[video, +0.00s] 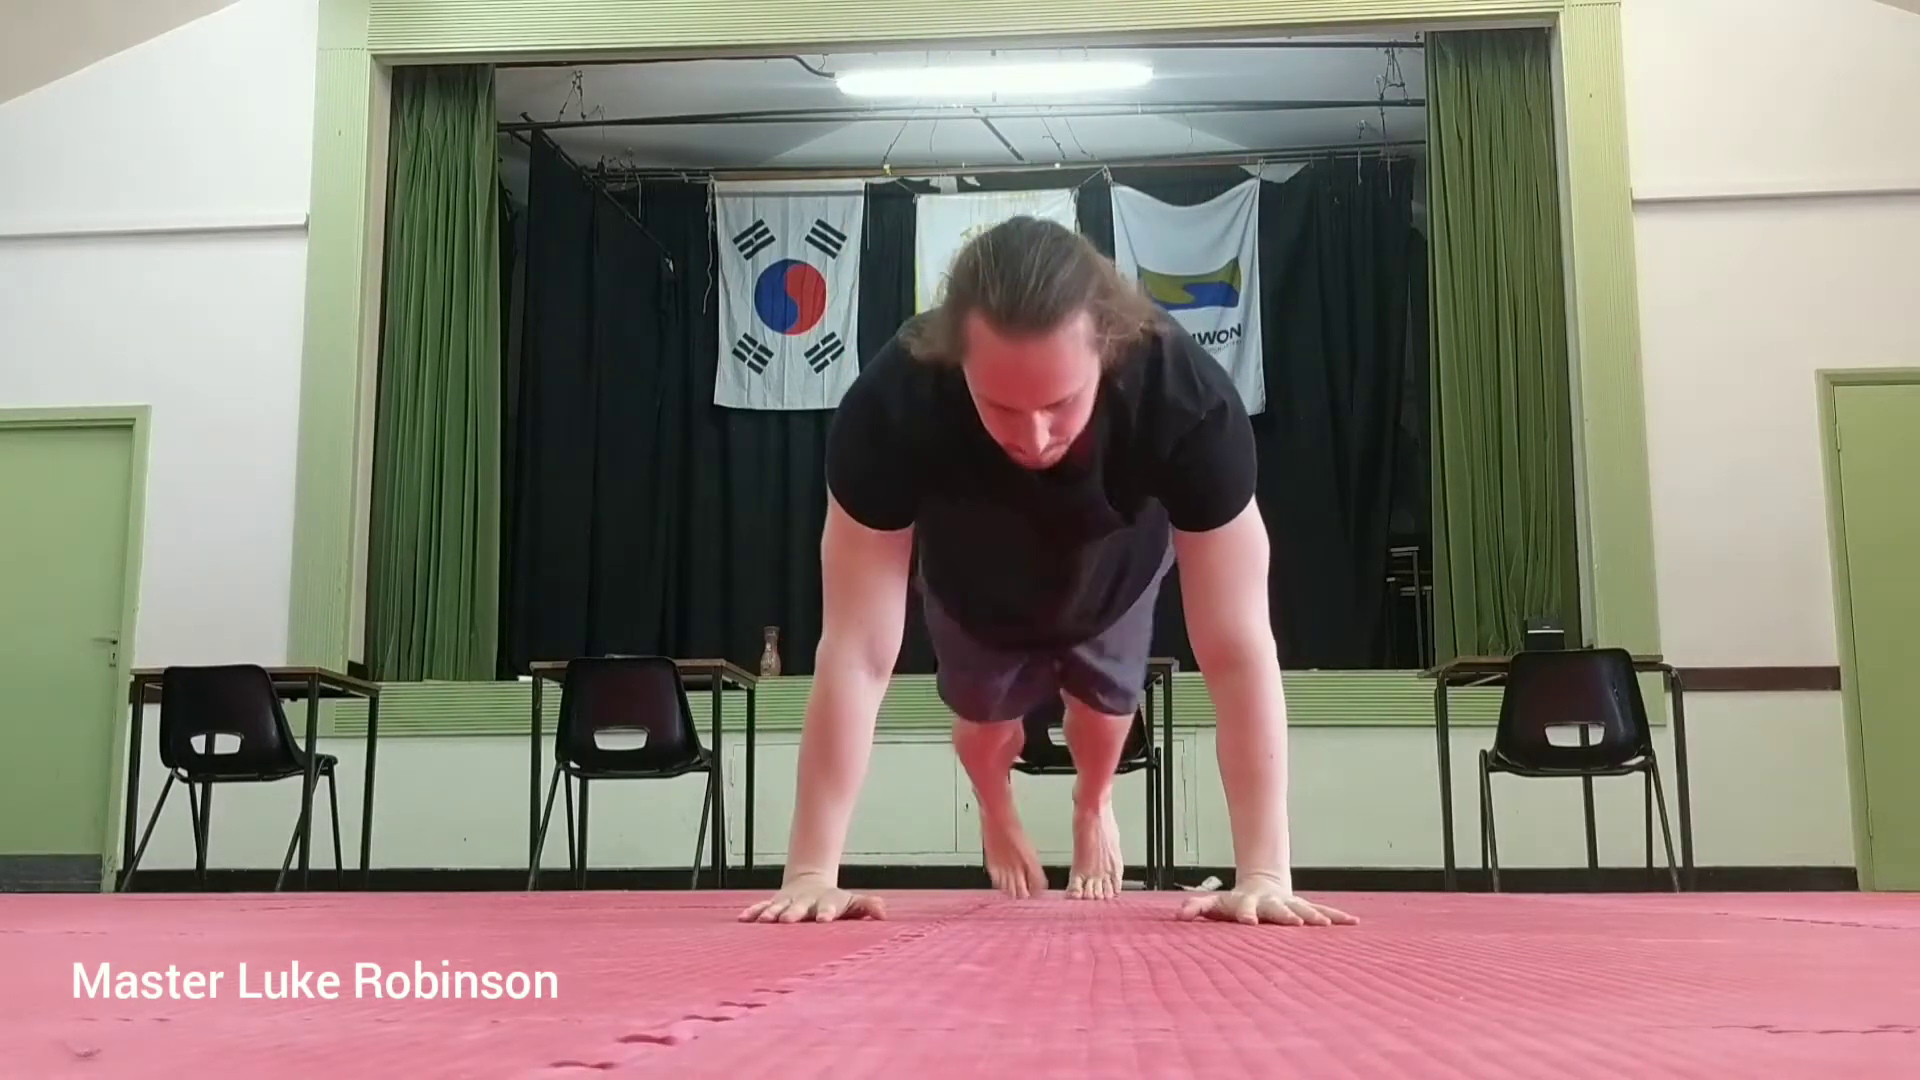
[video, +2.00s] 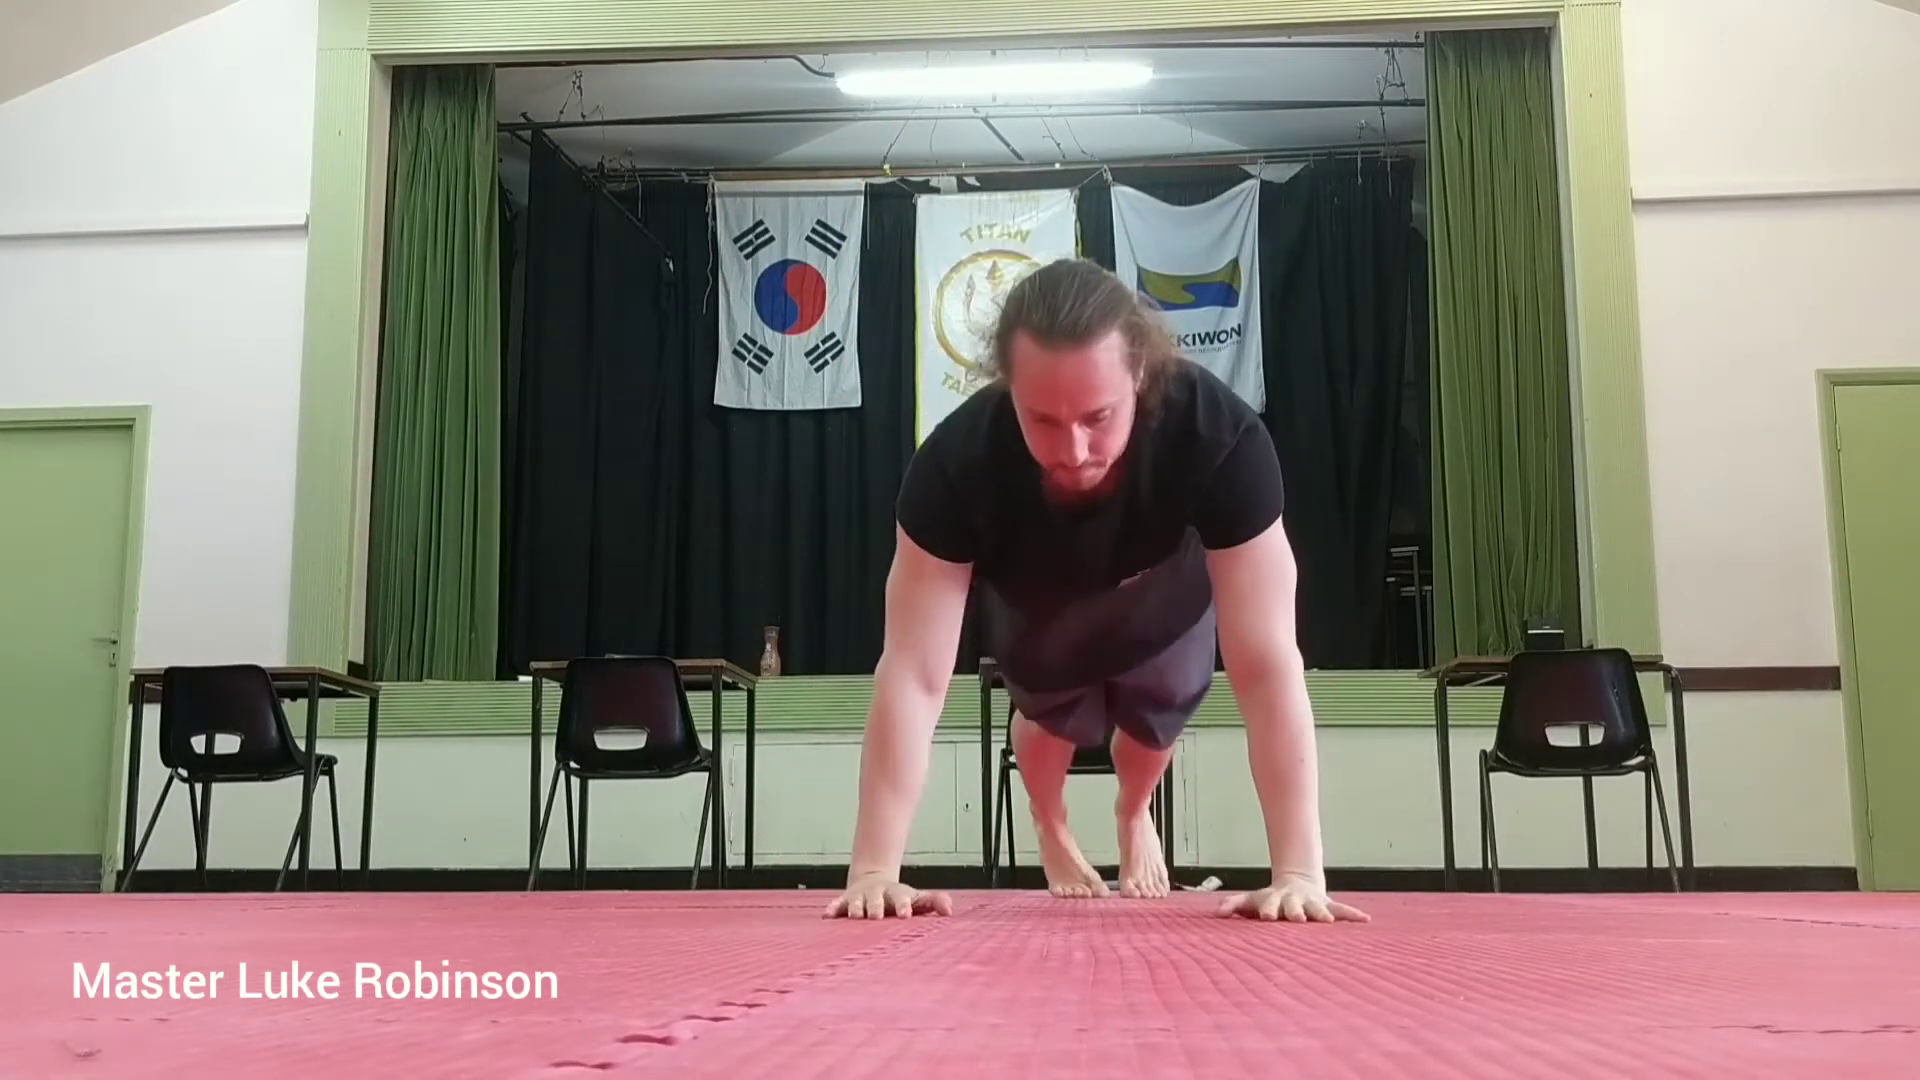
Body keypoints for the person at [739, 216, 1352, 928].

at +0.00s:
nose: (1033, 438)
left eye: (1061, 406)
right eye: (1004, 410)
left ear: (1107, 353)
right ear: (959, 360)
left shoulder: (1185, 406)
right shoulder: (893, 412)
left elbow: (1238, 653)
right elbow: (856, 652)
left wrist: (1262, 873)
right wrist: (811, 868)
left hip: (1114, 589)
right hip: (973, 594)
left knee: (1106, 714)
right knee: (986, 724)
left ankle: (1094, 813)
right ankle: (998, 819)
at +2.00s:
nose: (1075, 451)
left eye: (1099, 419)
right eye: (1046, 423)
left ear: (1140, 379)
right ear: (1010, 389)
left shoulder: (1219, 443)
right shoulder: (957, 466)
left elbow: (1266, 666)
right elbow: (913, 674)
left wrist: (1298, 873)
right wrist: (874, 870)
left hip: (1167, 617)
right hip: (1040, 627)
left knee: (1155, 725)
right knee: (1050, 724)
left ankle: (1136, 817)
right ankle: (1052, 829)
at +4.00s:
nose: (1077, 750)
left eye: (1102, 714)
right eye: (1044, 716)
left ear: (1147, 680)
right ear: (999, 686)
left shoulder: (1229, 697)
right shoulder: (946, 705)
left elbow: (1380, 711)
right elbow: (800, 719)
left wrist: (1333, 875)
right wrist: (843, 872)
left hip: (1152, 844)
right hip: (1024, 858)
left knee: (1152, 872)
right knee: (1049, 887)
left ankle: (1157, 877)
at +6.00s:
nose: (1076, 700)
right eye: (1046, 672)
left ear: (1145, 635)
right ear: (1003, 646)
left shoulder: (1229, 662)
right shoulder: (948, 675)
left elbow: (1394, 716)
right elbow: (813, 723)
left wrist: (1337, 878)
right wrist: (848, 880)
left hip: (1167, 795)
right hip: (1032, 806)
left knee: (1146, 822)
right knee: (1067, 833)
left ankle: (1144, 851)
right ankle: (1082, 855)